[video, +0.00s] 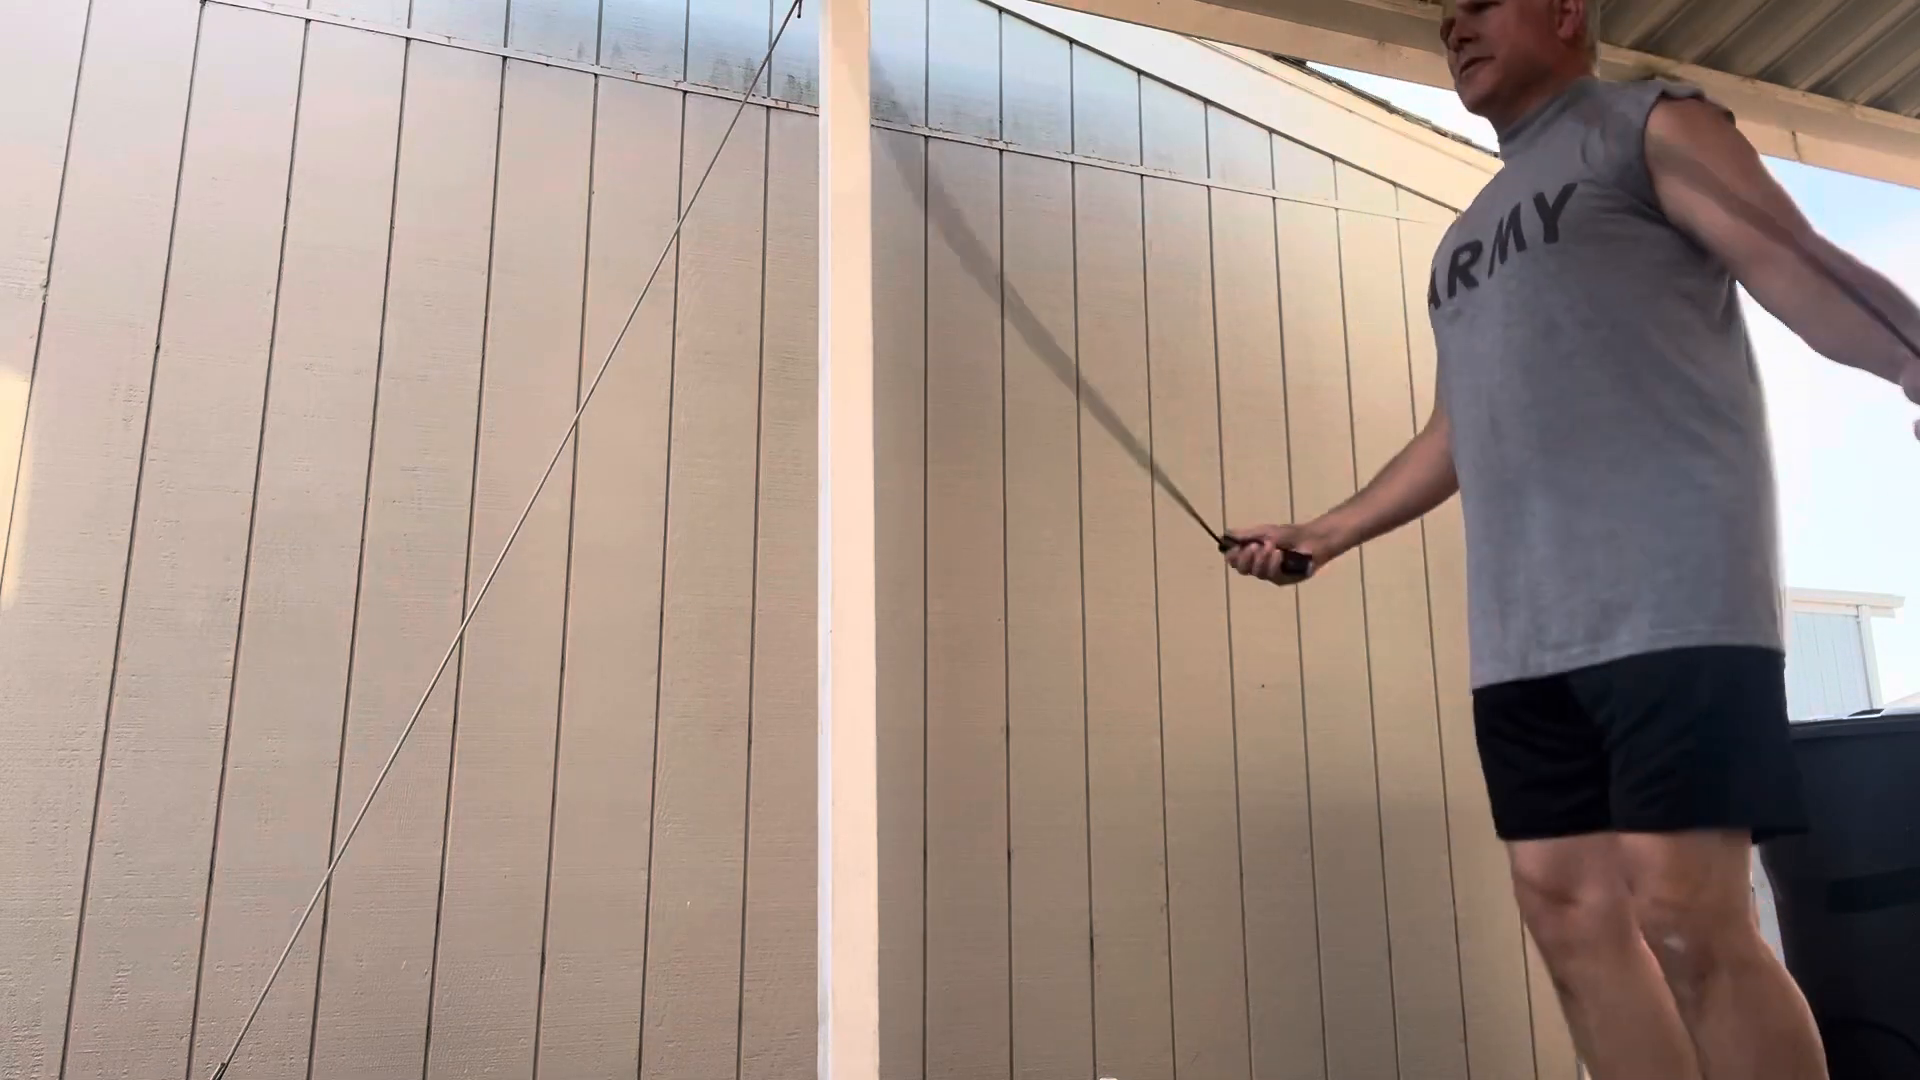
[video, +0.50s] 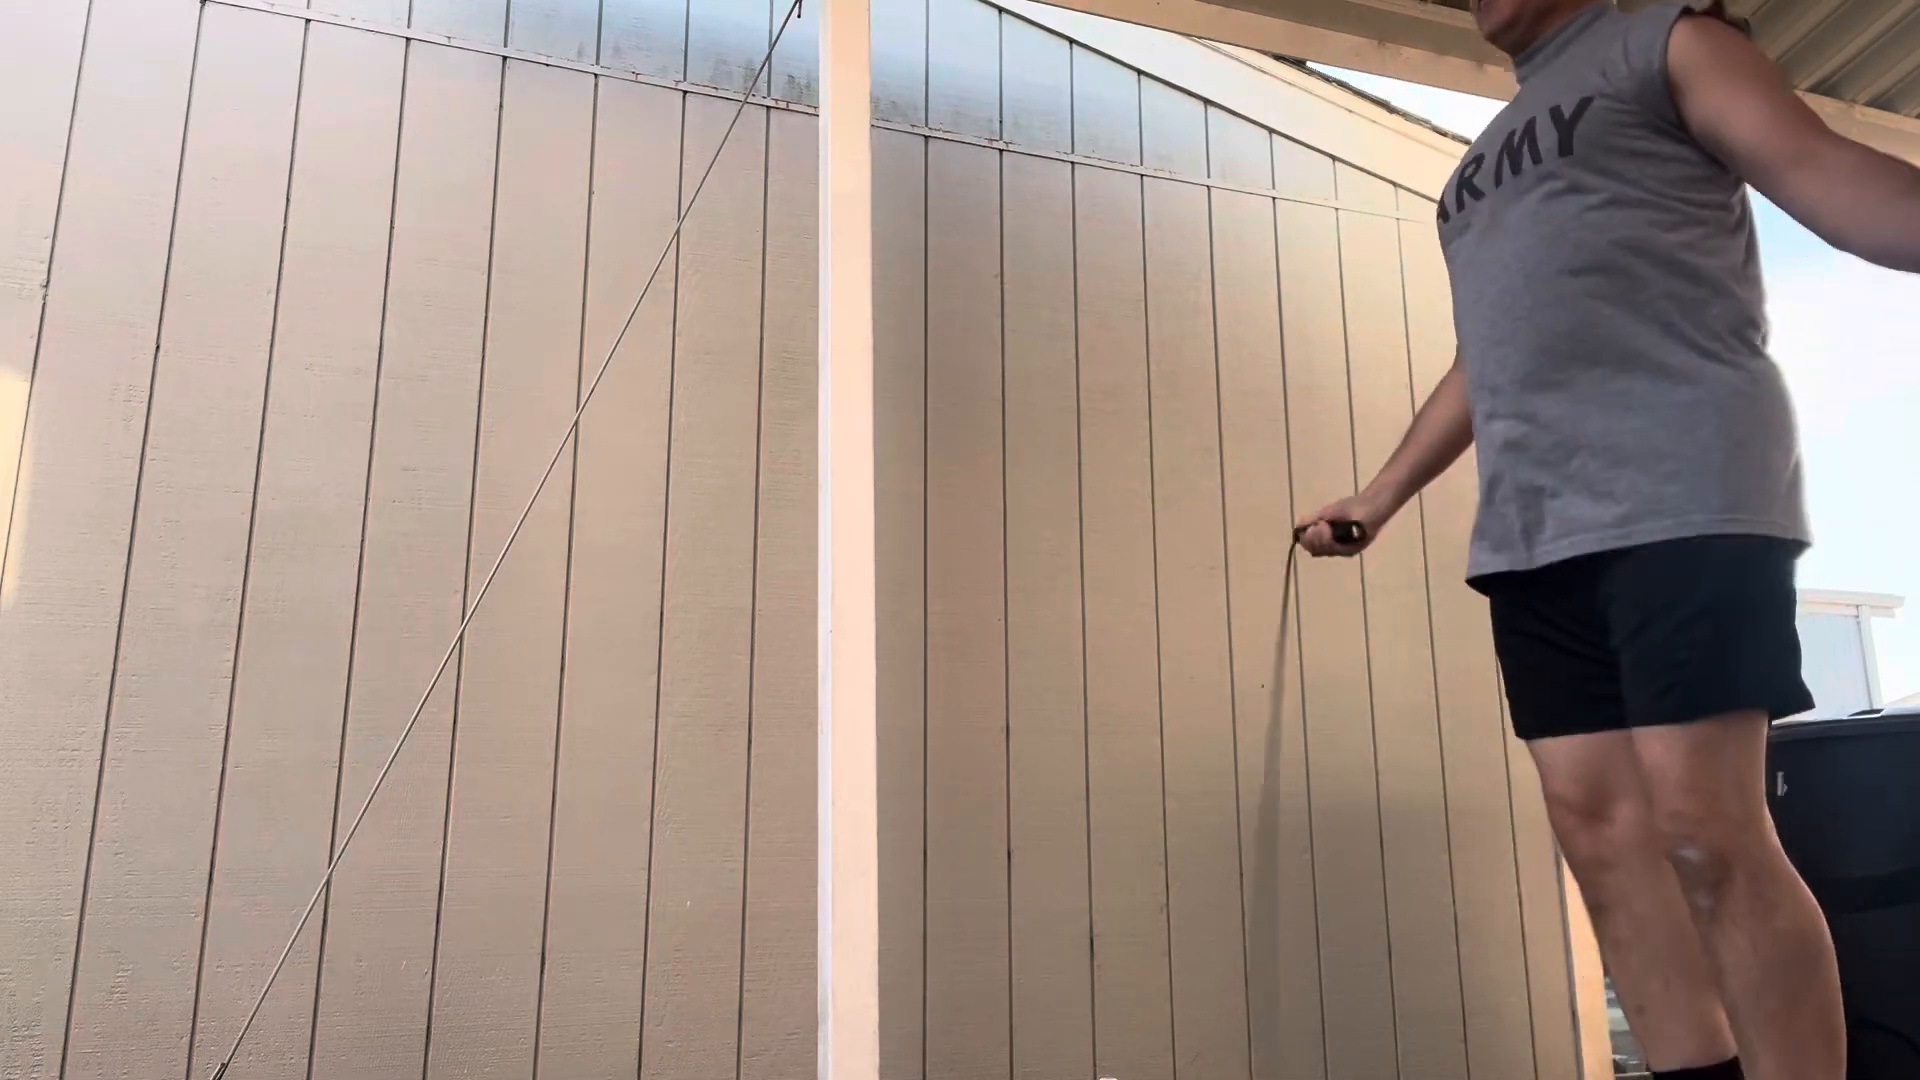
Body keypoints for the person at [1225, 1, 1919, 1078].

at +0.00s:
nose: (1455, 27)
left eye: (1482, 3)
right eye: (1448, 18)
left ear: (1568, 14)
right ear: (1458, 59)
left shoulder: (1649, 119)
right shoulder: (1464, 237)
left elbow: (1792, 262)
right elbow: (1453, 433)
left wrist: (1917, 369)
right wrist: (1318, 537)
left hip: (1672, 583)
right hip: (1519, 613)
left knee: (1693, 916)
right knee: (1568, 917)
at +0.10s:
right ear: (1454, 20)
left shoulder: (1644, 40)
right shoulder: (1457, 176)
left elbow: (1791, 172)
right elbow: (1467, 365)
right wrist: (1356, 503)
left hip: (1673, 490)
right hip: (1521, 526)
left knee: (1704, 829)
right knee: (1586, 826)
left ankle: (1774, 1072)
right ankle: (1664, 1068)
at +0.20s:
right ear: (1454, 19)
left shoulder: (1645, 36)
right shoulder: (1460, 169)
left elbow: (1808, 146)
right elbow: (1475, 351)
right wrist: (1352, 456)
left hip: (1687, 498)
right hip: (1525, 536)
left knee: (1714, 831)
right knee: (1594, 828)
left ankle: (1792, 1068)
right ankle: (1678, 1070)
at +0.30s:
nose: (1464, 32)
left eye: (1493, 9)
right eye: (1455, 25)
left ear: (1578, 16)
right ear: (1463, 63)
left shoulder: (1664, 112)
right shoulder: (1470, 232)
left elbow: (1837, 237)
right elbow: (1472, 420)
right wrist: (1323, 475)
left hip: (1706, 570)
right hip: (1537, 602)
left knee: (1729, 913)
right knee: (1586, 911)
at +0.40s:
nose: (1479, 18)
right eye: (1472, 8)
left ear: (1591, 7)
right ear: (1479, 45)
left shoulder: (1679, 106)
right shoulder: (1488, 226)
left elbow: (1810, 252)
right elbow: (1481, 419)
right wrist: (1358, 539)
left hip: (1692, 577)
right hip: (1537, 605)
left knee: (1724, 908)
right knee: (1597, 900)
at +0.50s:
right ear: (1470, 12)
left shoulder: (1666, 36)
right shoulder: (1477, 169)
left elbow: (1812, 164)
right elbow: (1485, 361)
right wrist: (1376, 499)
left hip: (1684, 487)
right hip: (1530, 522)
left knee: (1712, 832)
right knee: (1595, 827)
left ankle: (1799, 1068)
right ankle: (1696, 1064)